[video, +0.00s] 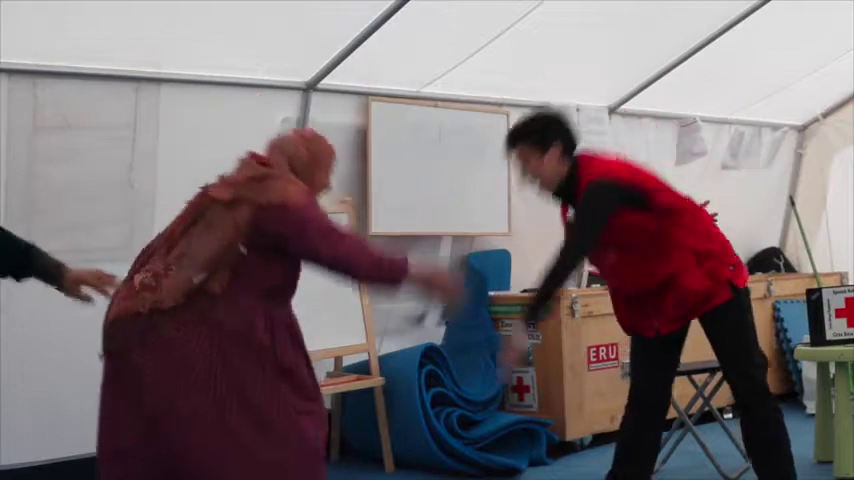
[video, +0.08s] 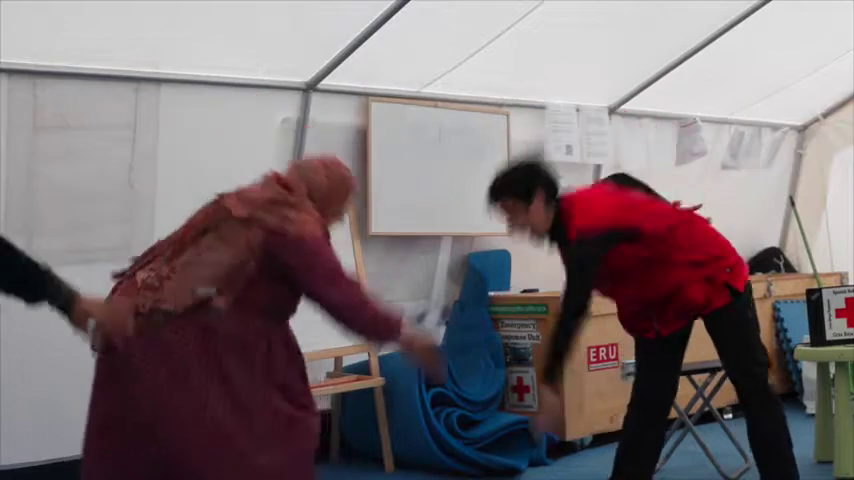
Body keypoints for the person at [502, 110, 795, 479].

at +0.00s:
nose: (527, 175)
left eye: (529, 163)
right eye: (522, 166)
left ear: (556, 151)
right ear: (550, 156)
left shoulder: (601, 180)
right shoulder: (575, 194)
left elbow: (570, 258)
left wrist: (529, 320)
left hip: (708, 276)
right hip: (656, 292)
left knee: (750, 389)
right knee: (645, 404)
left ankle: (777, 473)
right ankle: (627, 475)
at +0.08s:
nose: (513, 225)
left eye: (514, 212)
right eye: (507, 217)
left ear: (539, 198)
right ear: (535, 201)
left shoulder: (586, 224)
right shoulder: (574, 210)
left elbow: (574, 308)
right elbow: (619, 179)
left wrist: (550, 371)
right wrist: (667, 214)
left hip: (713, 276)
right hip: (660, 296)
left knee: (754, 390)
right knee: (648, 407)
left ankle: (780, 471)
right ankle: (630, 473)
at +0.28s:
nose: (531, 336)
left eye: (524, 328)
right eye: (522, 332)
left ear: (536, 306)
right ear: (535, 299)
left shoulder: (590, 310)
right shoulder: (562, 262)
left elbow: (607, 382)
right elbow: (589, 209)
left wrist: (613, 449)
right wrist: (641, 224)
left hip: (712, 272)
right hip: (662, 295)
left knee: (752, 385)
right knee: (652, 398)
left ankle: (784, 474)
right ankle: (639, 475)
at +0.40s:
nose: (533, 361)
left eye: (528, 355)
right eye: (525, 358)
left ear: (542, 331)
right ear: (542, 321)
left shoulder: (595, 325)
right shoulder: (560, 278)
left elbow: (619, 399)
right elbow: (583, 221)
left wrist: (623, 462)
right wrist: (637, 230)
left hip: (711, 270)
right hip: (660, 293)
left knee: (752, 387)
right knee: (653, 397)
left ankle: (783, 473)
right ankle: (646, 475)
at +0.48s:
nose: (532, 351)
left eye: (527, 345)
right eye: (524, 349)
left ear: (541, 322)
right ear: (540, 311)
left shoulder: (594, 319)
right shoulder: (561, 272)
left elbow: (612, 393)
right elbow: (587, 220)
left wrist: (614, 459)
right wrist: (639, 228)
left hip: (712, 270)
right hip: (661, 294)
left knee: (753, 388)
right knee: (652, 399)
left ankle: (782, 474)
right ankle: (639, 475)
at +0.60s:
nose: (521, 311)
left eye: (518, 302)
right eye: (513, 306)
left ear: (536, 284)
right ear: (537, 278)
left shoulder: (587, 285)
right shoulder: (566, 255)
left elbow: (599, 367)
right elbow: (601, 208)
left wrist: (592, 444)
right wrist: (654, 217)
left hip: (714, 269)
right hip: (662, 295)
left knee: (754, 385)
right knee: (652, 400)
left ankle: (782, 473)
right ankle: (633, 474)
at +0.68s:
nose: (514, 267)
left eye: (513, 257)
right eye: (507, 261)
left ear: (536, 241)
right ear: (537, 237)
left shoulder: (585, 262)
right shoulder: (572, 231)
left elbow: (590, 339)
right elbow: (610, 196)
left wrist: (574, 413)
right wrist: (666, 213)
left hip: (717, 271)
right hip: (664, 291)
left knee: (754, 386)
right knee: (652, 401)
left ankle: (782, 473)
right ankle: (633, 474)